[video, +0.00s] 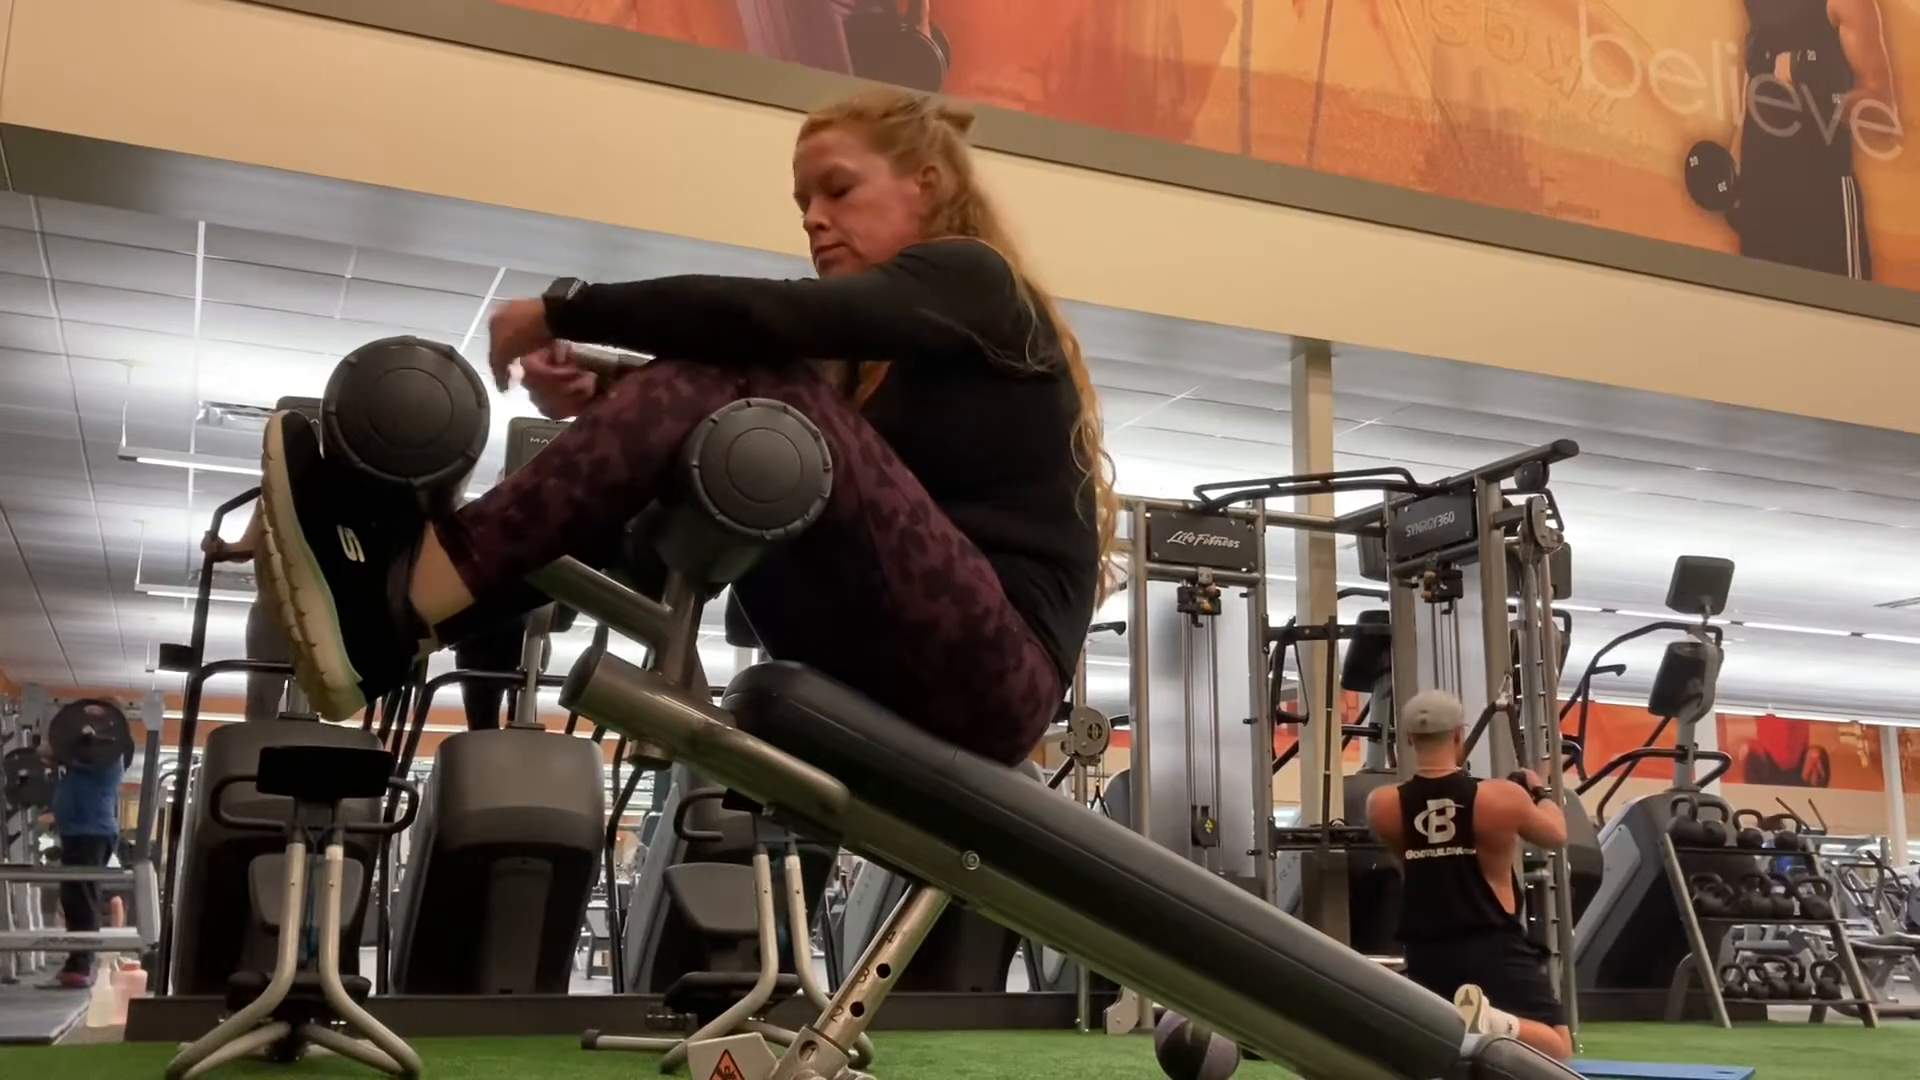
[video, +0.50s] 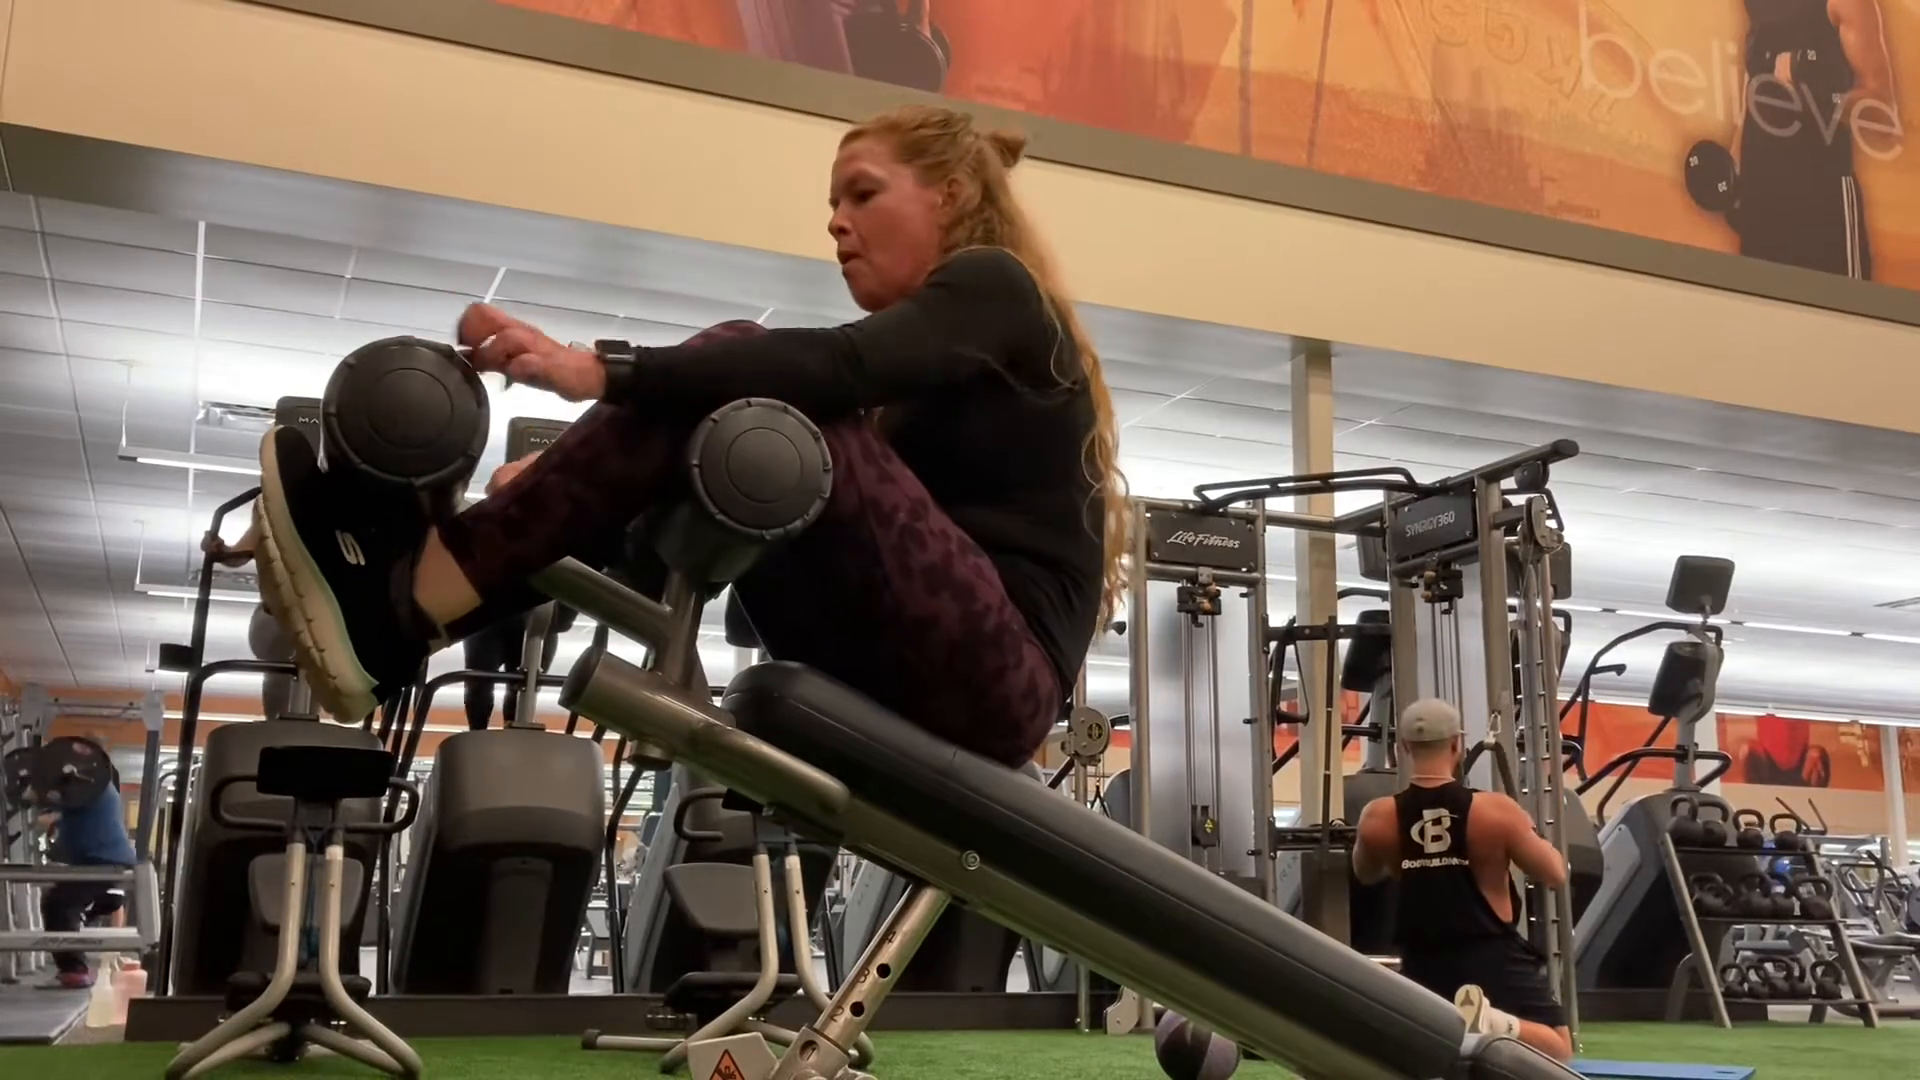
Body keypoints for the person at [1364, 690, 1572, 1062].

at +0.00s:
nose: (1462, 739)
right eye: (1461, 732)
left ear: (1409, 740)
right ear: (1459, 735)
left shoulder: (1382, 805)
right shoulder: (1501, 798)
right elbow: (1555, 832)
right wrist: (1541, 791)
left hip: (1425, 954)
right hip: (1495, 953)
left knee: (1439, 1046)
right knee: (1561, 1047)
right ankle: (1495, 1021)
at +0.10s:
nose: (1460, 740)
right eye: (1459, 733)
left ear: (1405, 741)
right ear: (1457, 737)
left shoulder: (1379, 809)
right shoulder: (1500, 800)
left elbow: (1410, 858)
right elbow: (1556, 842)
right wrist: (1539, 801)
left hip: (1424, 958)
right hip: (1495, 956)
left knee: (1439, 1051)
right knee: (1561, 1048)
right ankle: (1495, 1021)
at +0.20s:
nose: (1459, 742)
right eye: (1459, 735)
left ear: (1403, 744)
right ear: (1456, 739)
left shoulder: (1378, 812)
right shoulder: (1498, 804)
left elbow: (1399, 858)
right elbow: (1554, 849)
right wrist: (1529, 809)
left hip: (1423, 960)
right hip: (1494, 958)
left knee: (1439, 1050)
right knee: (1561, 1048)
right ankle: (1495, 1022)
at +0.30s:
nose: (1460, 743)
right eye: (1459, 736)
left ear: (1402, 746)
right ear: (1456, 741)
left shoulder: (1379, 812)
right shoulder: (1496, 807)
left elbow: (1373, 859)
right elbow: (1555, 860)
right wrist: (1527, 820)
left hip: (1422, 962)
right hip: (1494, 959)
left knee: (1439, 1050)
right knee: (1561, 1048)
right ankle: (1495, 1021)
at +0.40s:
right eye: (1460, 739)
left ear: (1402, 748)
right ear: (1456, 743)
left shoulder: (1378, 814)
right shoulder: (1497, 809)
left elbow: (1367, 865)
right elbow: (1555, 868)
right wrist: (1527, 829)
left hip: (1422, 966)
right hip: (1495, 962)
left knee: (1439, 1053)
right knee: (1561, 1049)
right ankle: (1494, 1021)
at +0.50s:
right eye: (1461, 740)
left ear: (1401, 750)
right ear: (1456, 745)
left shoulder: (1378, 817)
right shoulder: (1496, 811)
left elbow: (1365, 872)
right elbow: (1555, 874)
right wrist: (1528, 834)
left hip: (1421, 969)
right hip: (1495, 965)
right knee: (1561, 1049)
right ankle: (1493, 1021)